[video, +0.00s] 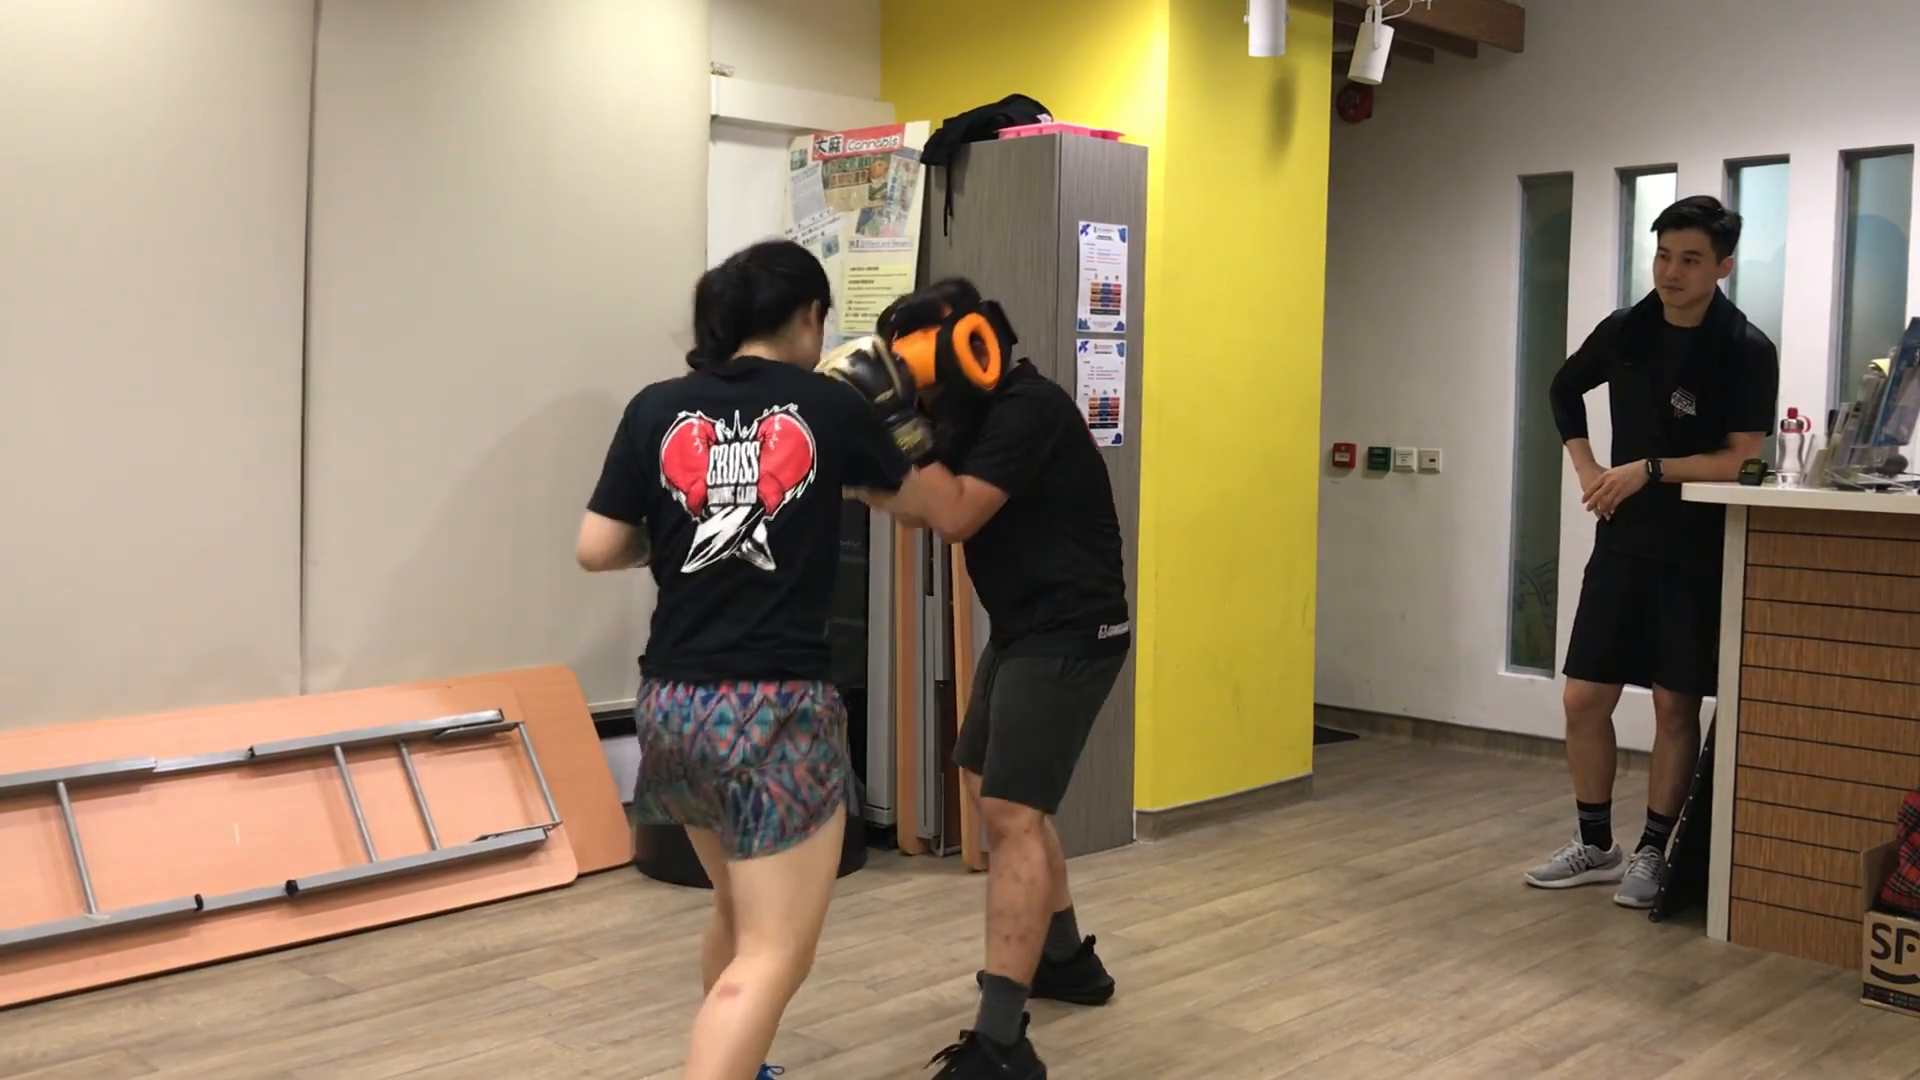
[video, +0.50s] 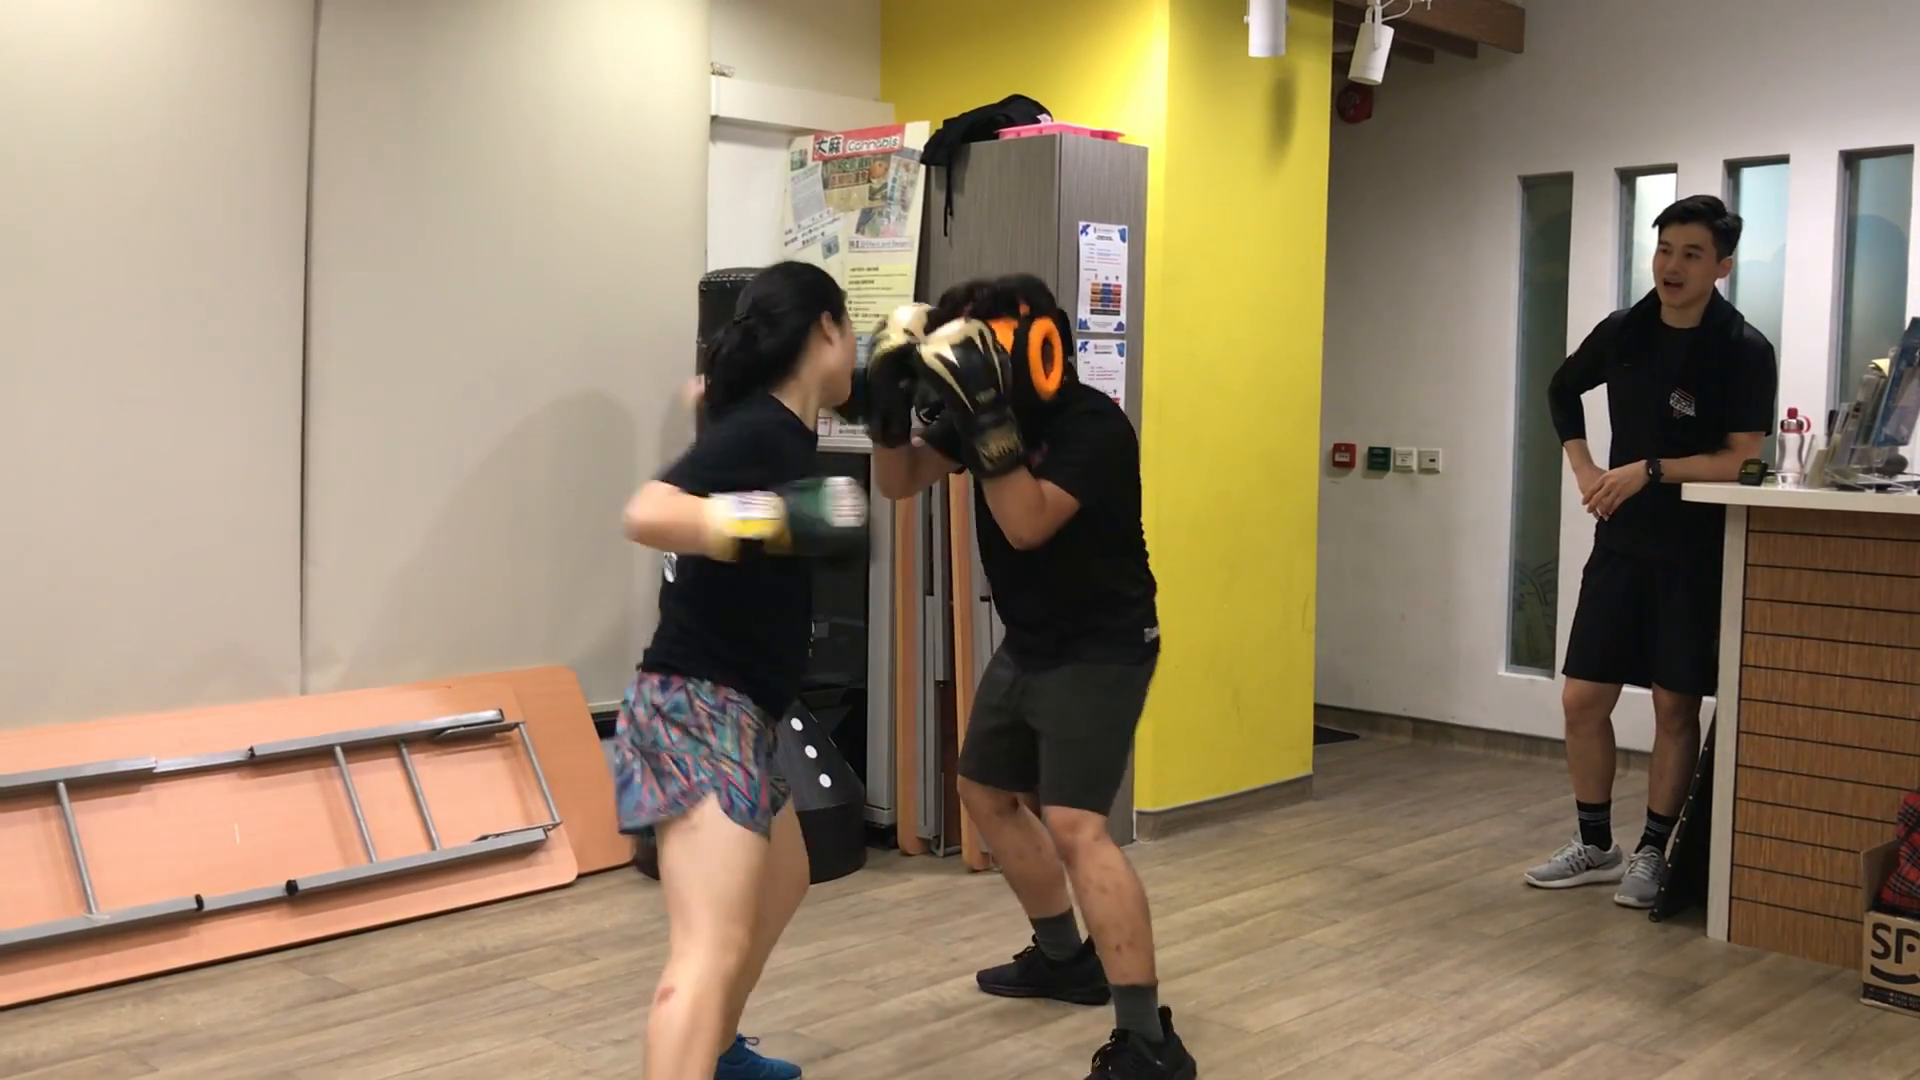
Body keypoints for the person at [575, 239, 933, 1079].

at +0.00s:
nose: (824, 335)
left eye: (825, 322)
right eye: (822, 320)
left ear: (725, 321)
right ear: (805, 318)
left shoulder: (655, 408)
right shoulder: (826, 404)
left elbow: (596, 548)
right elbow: (917, 497)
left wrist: (675, 521)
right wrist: (837, 472)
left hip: (670, 702)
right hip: (778, 707)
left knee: (732, 906)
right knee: (769, 956)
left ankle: (733, 1062)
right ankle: (703, 1070)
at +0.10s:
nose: (821, 370)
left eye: (820, 355)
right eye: (819, 354)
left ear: (713, 352)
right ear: (799, 354)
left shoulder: (647, 436)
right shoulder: (825, 445)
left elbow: (582, 573)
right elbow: (908, 566)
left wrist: (657, 529)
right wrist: (901, 500)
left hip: (654, 747)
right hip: (770, 745)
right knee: (735, 1015)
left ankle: (738, 1062)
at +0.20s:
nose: (823, 388)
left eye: (820, 371)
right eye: (822, 371)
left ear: (722, 369)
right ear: (805, 375)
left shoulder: (645, 459)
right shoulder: (820, 475)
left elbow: (575, 591)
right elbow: (896, 608)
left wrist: (660, 560)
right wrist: (900, 512)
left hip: (645, 768)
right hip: (756, 769)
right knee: (745, 1019)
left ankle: (751, 1062)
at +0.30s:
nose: (834, 377)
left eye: (834, 361)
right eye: (834, 360)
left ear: (737, 358)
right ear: (815, 361)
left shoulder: (658, 444)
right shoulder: (810, 462)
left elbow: (540, 522)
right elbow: (891, 589)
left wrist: (645, 508)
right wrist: (900, 506)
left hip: (641, 744)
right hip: (743, 745)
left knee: (799, 860)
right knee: (720, 1014)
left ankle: (751, 1047)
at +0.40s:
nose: (849, 362)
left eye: (848, 345)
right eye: (846, 344)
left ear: (756, 341)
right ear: (821, 344)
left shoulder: (685, 426)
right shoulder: (778, 434)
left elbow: (568, 431)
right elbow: (794, 541)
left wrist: (648, 455)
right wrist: (883, 515)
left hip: (662, 718)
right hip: (719, 726)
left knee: (795, 861)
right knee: (713, 992)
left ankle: (727, 1039)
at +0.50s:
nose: (853, 346)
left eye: (847, 329)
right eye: (846, 329)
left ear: (780, 339)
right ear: (819, 336)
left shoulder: (786, 434)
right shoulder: (759, 432)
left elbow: (701, 400)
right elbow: (646, 511)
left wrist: (700, 404)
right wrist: (735, 523)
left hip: (736, 707)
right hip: (696, 705)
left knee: (782, 878)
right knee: (711, 949)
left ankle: (715, 1043)